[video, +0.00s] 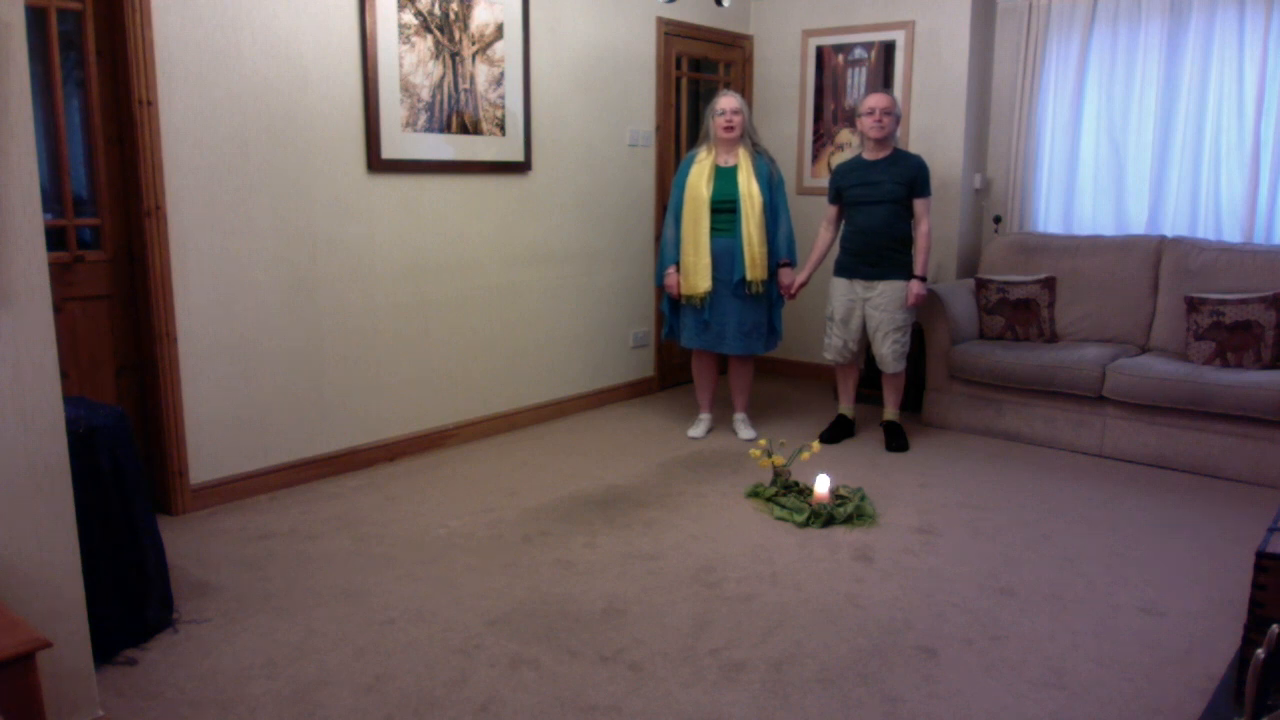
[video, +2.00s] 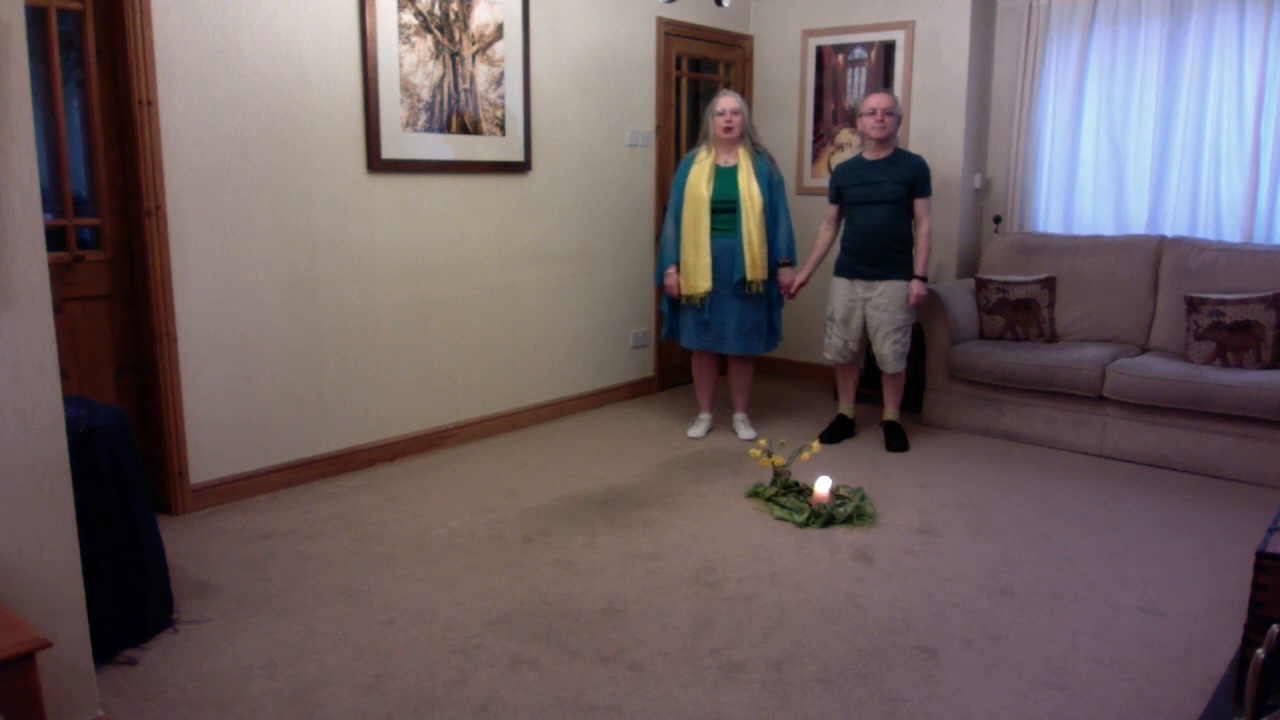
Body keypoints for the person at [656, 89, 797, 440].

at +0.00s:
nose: (728, 119)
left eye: (735, 113)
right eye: (721, 113)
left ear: (746, 119)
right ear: (710, 121)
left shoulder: (762, 164)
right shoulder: (692, 163)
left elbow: (779, 216)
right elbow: (674, 218)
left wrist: (785, 264)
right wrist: (670, 266)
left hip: (748, 268)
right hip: (700, 269)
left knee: (743, 344)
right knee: (702, 343)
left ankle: (741, 414)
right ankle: (704, 413)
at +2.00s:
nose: (728, 119)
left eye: (735, 113)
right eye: (721, 114)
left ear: (745, 119)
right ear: (710, 120)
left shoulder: (762, 163)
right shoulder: (692, 163)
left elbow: (779, 215)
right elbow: (674, 218)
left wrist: (784, 264)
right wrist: (670, 266)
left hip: (748, 267)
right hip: (700, 268)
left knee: (742, 344)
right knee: (702, 343)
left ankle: (741, 415)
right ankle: (704, 413)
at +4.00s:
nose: (730, 119)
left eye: (737, 113)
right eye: (723, 113)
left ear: (747, 119)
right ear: (712, 120)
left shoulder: (764, 164)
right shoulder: (693, 163)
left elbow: (780, 216)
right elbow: (675, 217)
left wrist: (785, 264)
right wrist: (671, 265)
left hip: (750, 268)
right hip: (701, 268)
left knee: (743, 344)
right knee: (703, 343)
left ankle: (741, 414)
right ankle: (705, 413)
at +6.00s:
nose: (731, 119)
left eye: (738, 113)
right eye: (724, 114)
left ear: (749, 119)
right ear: (714, 120)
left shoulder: (765, 164)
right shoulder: (695, 163)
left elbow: (782, 216)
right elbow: (677, 218)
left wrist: (787, 264)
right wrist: (672, 266)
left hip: (751, 269)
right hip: (702, 269)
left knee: (744, 345)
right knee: (703, 343)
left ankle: (741, 414)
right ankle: (704, 413)